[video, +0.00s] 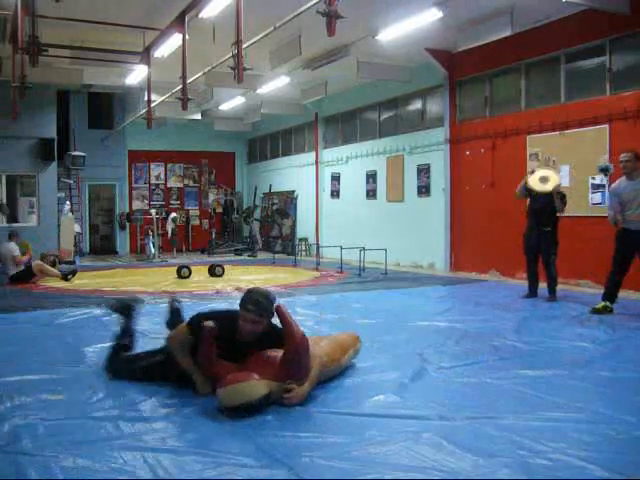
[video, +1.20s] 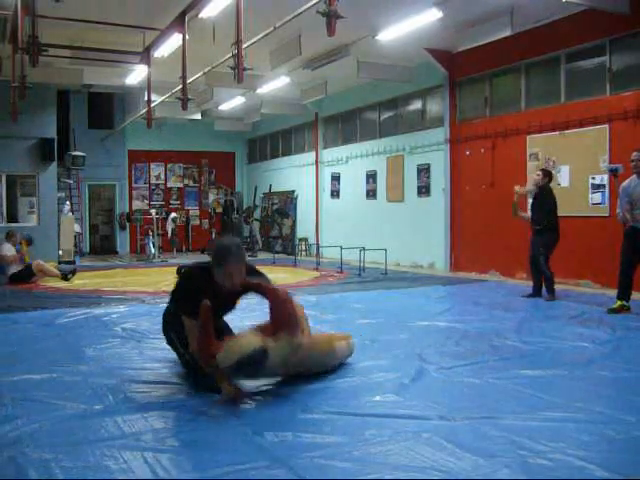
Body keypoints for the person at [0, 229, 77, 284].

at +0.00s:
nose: (18, 239)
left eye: (18, 238)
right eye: (17, 237)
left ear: (10, 237)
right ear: (14, 237)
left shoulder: (5, 246)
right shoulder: (12, 246)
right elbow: (18, 261)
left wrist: (25, 257)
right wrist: (28, 256)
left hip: (13, 275)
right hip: (15, 276)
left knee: (42, 269)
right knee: (38, 265)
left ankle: (63, 275)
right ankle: (62, 275)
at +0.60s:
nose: (17, 241)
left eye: (18, 239)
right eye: (16, 238)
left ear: (17, 240)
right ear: (10, 238)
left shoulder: (14, 248)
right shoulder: (6, 247)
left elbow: (25, 261)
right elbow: (8, 262)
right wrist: (19, 256)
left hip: (19, 274)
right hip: (12, 276)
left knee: (43, 269)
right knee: (38, 265)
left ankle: (64, 273)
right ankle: (62, 275)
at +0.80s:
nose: (15, 241)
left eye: (16, 239)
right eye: (13, 239)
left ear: (18, 239)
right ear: (8, 240)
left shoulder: (18, 247)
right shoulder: (4, 247)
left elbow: (25, 262)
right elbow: (3, 259)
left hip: (21, 273)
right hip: (12, 275)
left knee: (44, 269)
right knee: (38, 264)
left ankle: (63, 273)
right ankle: (61, 276)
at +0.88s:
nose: (15, 237)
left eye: (16, 235)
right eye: (13, 236)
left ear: (18, 236)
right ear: (8, 237)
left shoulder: (23, 247)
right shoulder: (4, 247)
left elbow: (28, 262)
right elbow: (2, 258)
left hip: (24, 273)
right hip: (13, 275)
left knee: (44, 269)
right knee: (39, 264)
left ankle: (63, 275)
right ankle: (61, 275)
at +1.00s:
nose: (16, 241)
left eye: (17, 239)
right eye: (14, 239)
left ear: (18, 238)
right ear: (9, 239)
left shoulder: (19, 247)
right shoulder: (5, 247)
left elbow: (24, 263)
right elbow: (2, 256)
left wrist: (27, 256)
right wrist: (6, 254)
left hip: (22, 274)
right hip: (13, 275)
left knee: (45, 270)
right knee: (39, 264)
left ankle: (63, 274)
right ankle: (62, 275)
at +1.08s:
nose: (17, 240)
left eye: (18, 238)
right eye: (15, 238)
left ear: (18, 239)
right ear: (9, 238)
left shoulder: (18, 247)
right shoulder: (5, 247)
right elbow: (3, 258)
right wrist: (13, 254)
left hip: (21, 274)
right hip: (12, 276)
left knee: (45, 269)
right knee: (39, 264)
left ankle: (63, 274)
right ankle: (62, 276)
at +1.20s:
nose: (17, 240)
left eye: (17, 238)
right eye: (16, 238)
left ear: (12, 238)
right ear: (11, 238)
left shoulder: (13, 248)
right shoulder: (6, 247)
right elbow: (7, 260)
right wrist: (20, 255)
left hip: (20, 274)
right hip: (14, 276)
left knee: (44, 269)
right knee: (38, 264)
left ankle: (64, 274)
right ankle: (62, 276)